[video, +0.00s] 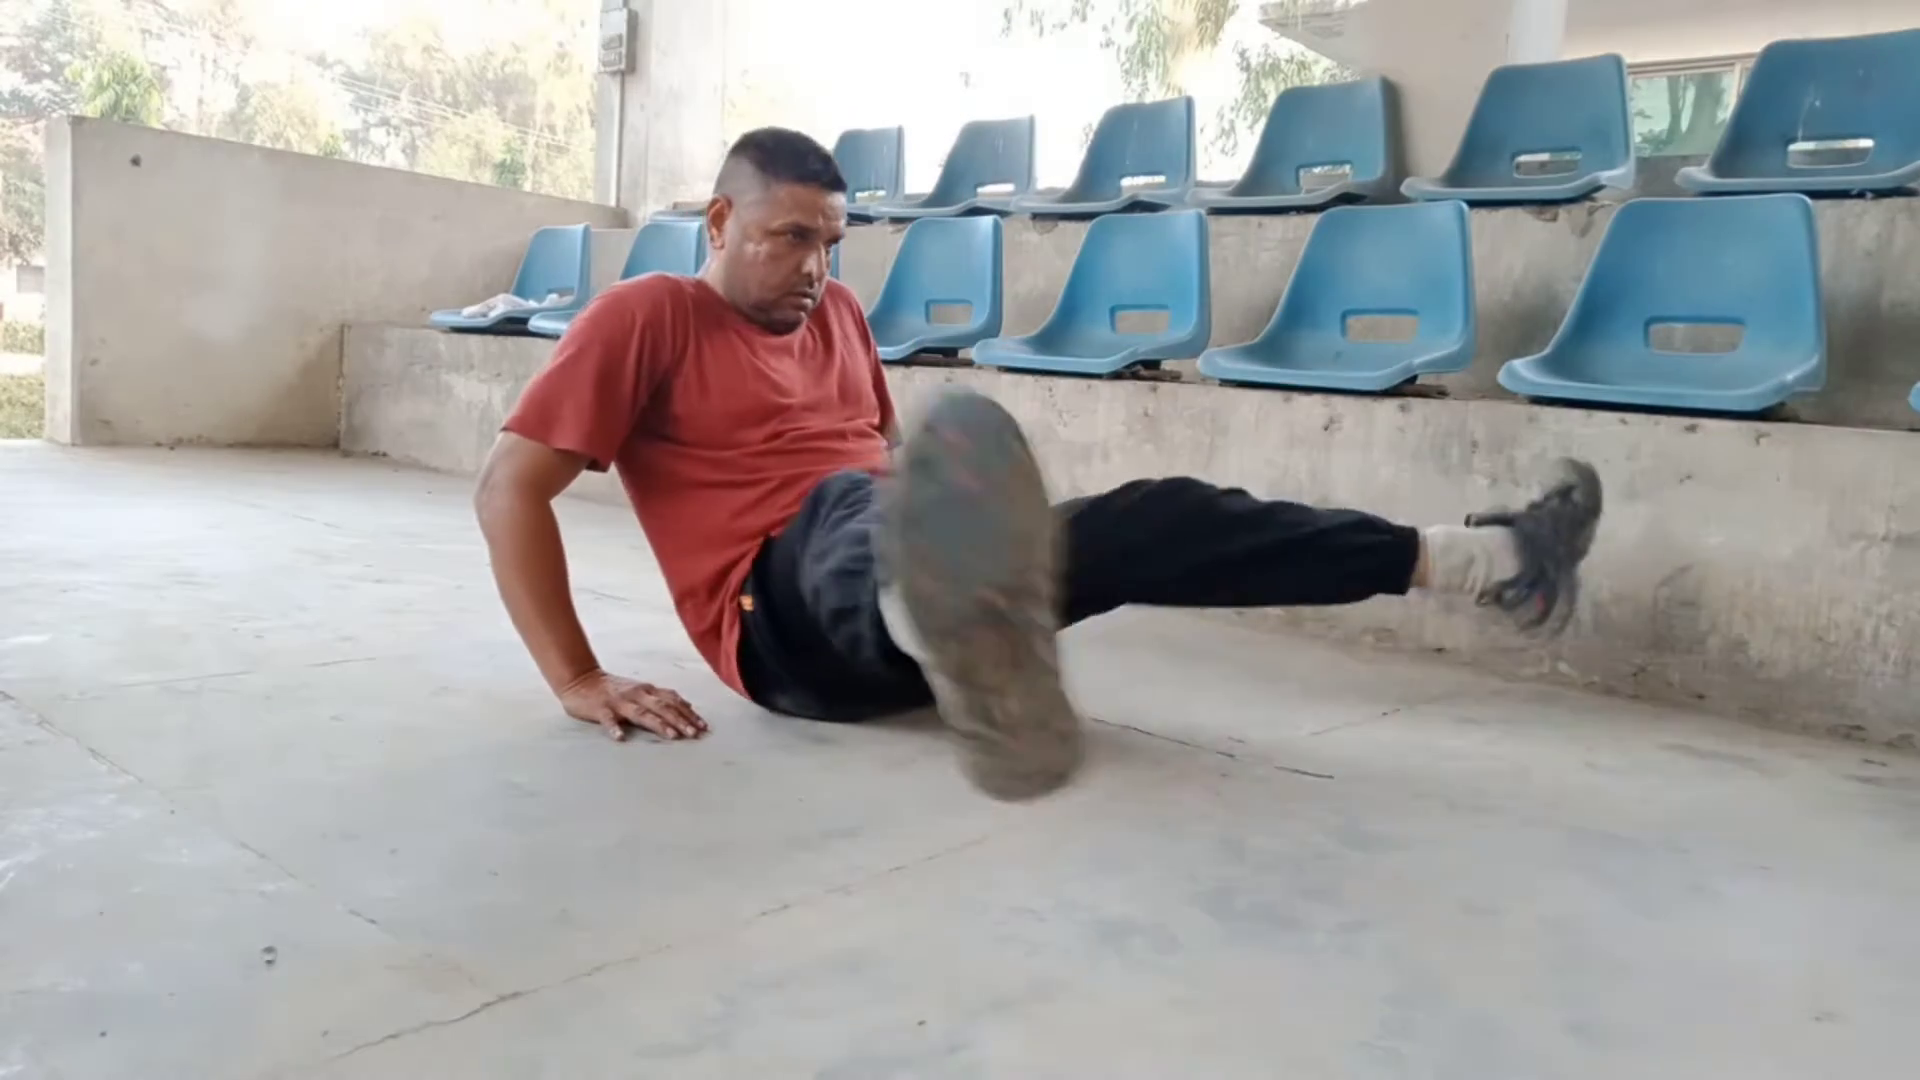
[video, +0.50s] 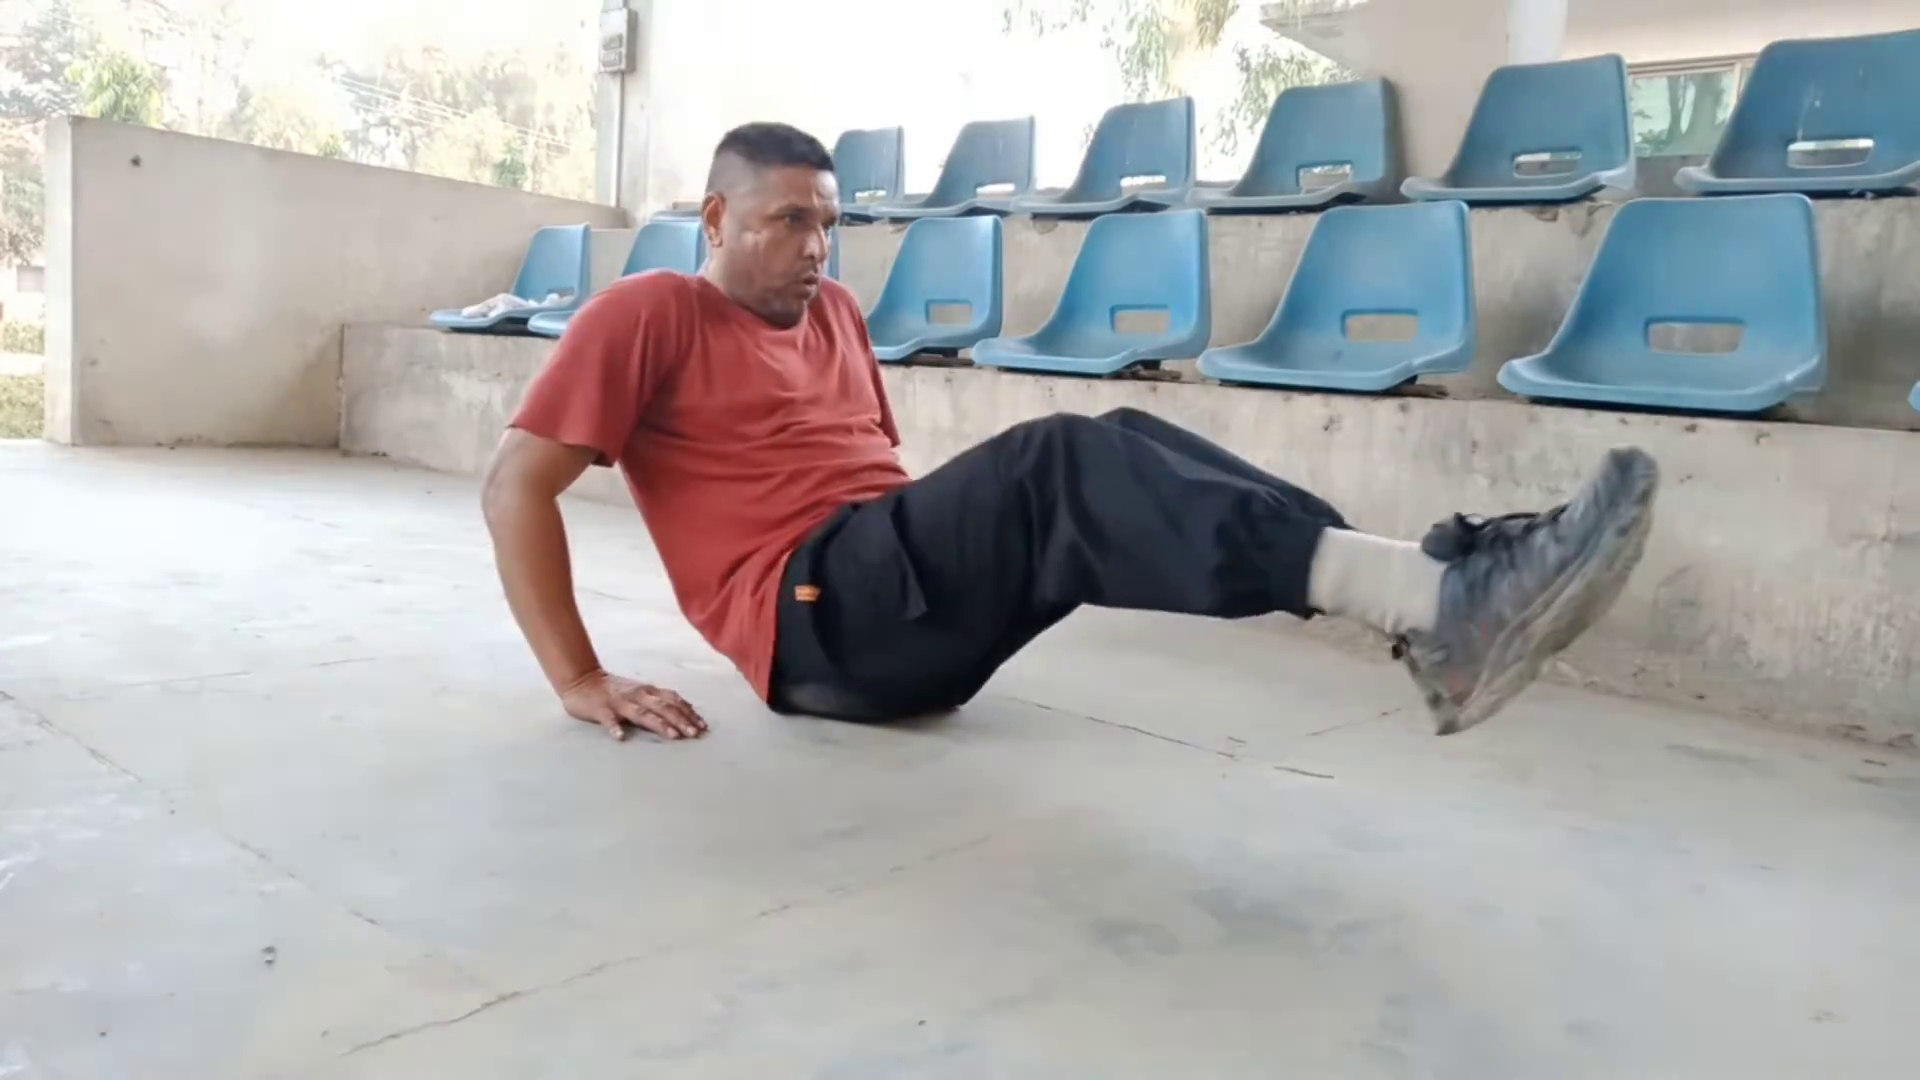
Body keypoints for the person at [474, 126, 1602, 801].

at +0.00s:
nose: (813, 263)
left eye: (825, 240)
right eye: (788, 237)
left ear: (831, 229)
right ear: (716, 219)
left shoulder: (840, 315)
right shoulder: (643, 317)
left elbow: (879, 451)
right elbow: (508, 487)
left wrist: (962, 543)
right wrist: (576, 679)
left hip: (913, 559)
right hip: (780, 593)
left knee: (1158, 518)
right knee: (859, 520)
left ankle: (1487, 564)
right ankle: (982, 660)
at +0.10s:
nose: (813, 264)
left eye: (825, 240)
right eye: (788, 236)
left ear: (832, 229)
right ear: (715, 217)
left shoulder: (834, 316)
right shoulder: (637, 316)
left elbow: (872, 457)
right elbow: (509, 490)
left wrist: (953, 550)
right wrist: (577, 681)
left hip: (907, 590)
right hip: (779, 619)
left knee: (1147, 499)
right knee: (890, 486)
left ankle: (1499, 586)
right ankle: (1129, 653)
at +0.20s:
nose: (810, 261)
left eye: (820, 238)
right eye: (783, 235)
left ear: (825, 230)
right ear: (709, 223)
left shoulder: (828, 322)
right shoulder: (635, 320)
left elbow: (870, 470)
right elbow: (506, 492)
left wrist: (977, 566)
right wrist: (574, 679)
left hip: (915, 611)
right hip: (795, 630)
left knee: (1163, 467)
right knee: (949, 447)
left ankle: (1497, 605)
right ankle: (1292, 643)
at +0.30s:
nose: (812, 257)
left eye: (820, 235)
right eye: (787, 232)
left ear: (820, 234)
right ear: (708, 225)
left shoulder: (824, 320)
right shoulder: (639, 323)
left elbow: (855, 469)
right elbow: (506, 493)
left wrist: (900, 575)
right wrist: (575, 683)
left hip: (911, 607)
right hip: (807, 631)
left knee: (1132, 442)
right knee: (1002, 447)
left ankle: (1450, 590)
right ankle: (1380, 629)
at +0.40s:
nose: (813, 250)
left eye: (821, 226)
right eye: (786, 225)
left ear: (822, 228)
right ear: (708, 224)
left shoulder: (827, 318)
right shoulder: (642, 318)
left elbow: (855, 464)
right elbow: (510, 494)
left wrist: (907, 569)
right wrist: (576, 683)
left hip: (900, 600)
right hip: (808, 622)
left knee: (1127, 437)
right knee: (1056, 453)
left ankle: (1450, 582)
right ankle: (1430, 616)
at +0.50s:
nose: (814, 249)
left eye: (823, 225)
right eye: (787, 223)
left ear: (825, 225)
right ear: (711, 220)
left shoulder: (829, 314)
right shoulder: (645, 315)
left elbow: (860, 461)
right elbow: (513, 491)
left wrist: (912, 569)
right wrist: (577, 684)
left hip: (899, 595)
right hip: (811, 617)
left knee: (1122, 443)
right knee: (1067, 454)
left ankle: (1446, 598)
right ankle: (1430, 610)